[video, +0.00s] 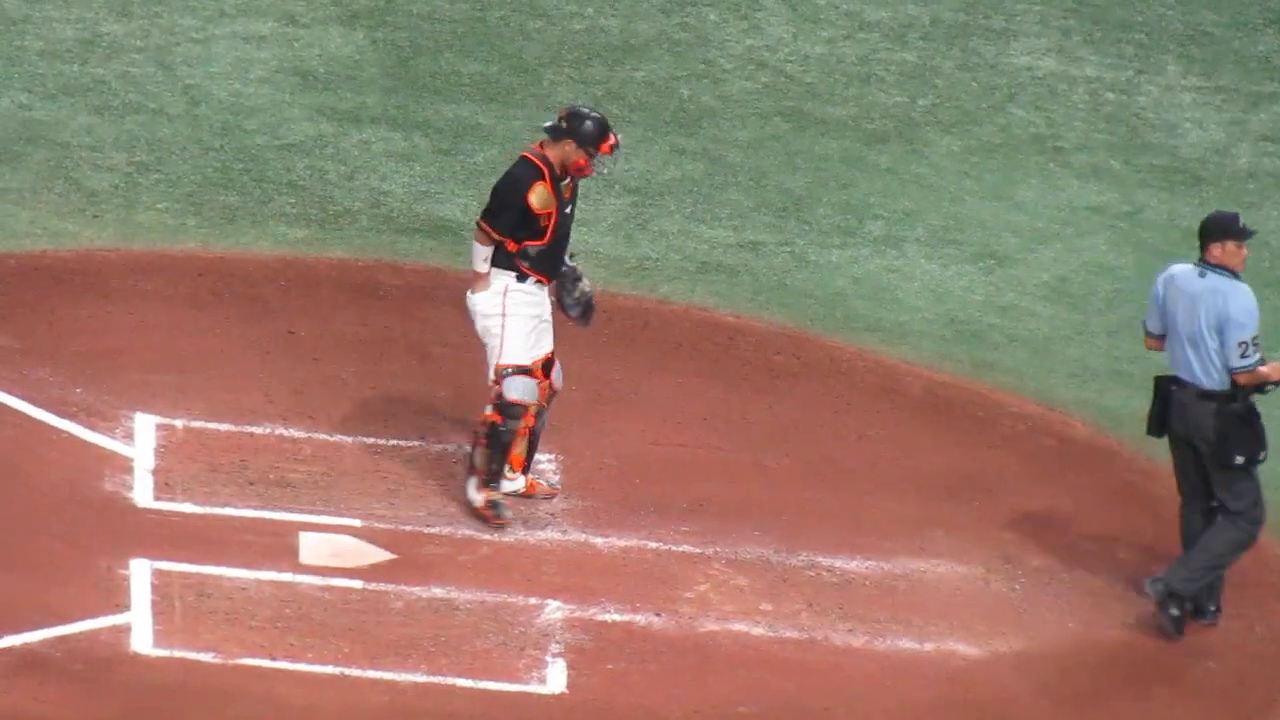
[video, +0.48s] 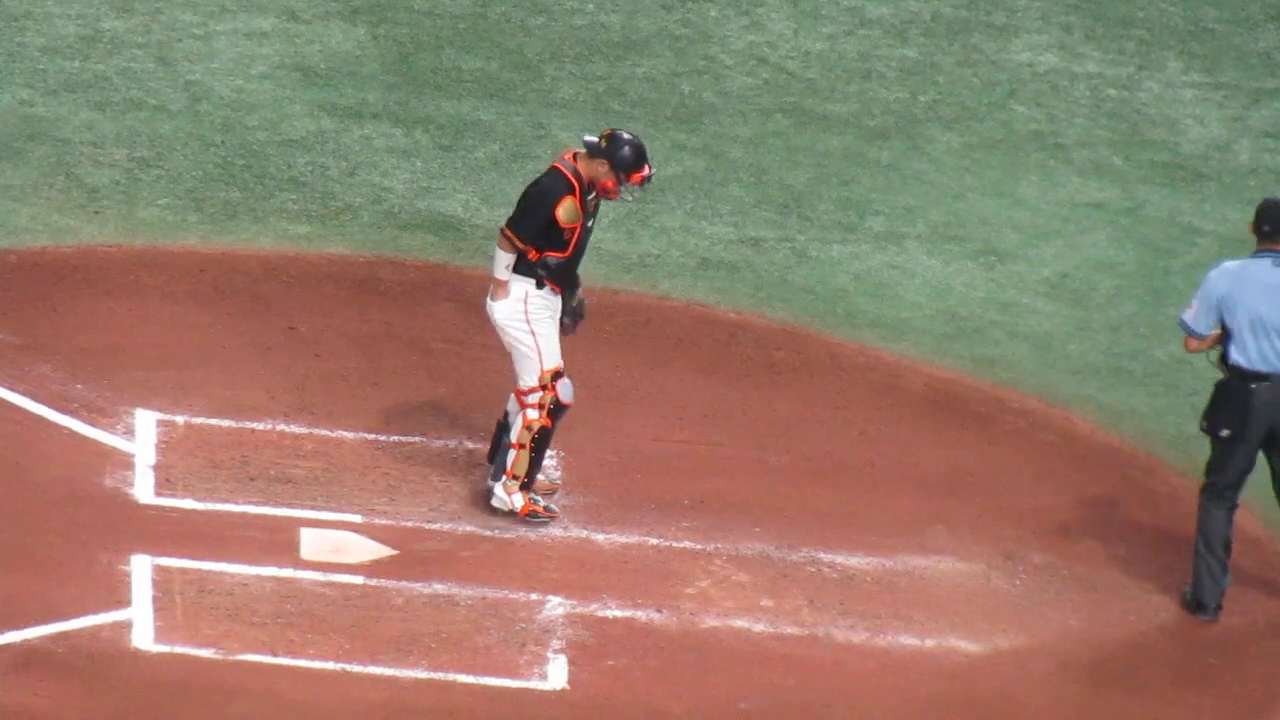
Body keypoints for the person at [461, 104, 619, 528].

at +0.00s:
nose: (589, 164)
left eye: (593, 157)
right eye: (588, 155)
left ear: (574, 146)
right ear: (569, 143)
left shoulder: (564, 175)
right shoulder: (525, 177)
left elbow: (546, 238)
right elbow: (485, 233)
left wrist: (566, 277)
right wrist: (479, 281)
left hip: (534, 293)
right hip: (505, 292)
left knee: (545, 382)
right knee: (516, 391)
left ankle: (513, 475)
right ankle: (482, 485)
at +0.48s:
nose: (617, 188)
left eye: (622, 183)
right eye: (618, 180)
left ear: (607, 164)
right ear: (603, 164)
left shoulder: (586, 184)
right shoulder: (554, 188)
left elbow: (560, 249)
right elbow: (510, 238)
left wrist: (571, 293)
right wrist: (498, 287)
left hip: (546, 293)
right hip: (523, 293)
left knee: (537, 387)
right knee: (549, 394)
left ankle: (508, 464)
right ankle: (510, 488)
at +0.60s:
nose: (621, 202)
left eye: (626, 197)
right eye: (622, 195)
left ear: (611, 175)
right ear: (607, 180)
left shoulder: (587, 180)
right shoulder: (557, 202)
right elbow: (514, 251)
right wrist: (502, 299)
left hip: (546, 306)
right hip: (528, 306)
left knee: (550, 398)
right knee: (533, 408)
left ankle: (507, 468)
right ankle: (509, 504)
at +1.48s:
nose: (626, 219)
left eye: (631, 214)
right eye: (625, 212)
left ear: (619, 192)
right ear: (611, 194)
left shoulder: (604, 195)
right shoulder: (563, 209)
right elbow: (519, 255)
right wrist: (505, 298)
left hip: (557, 310)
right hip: (531, 309)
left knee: (572, 396)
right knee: (534, 411)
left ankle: (536, 467)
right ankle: (505, 507)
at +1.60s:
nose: (625, 212)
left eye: (629, 206)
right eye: (623, 204)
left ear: (622, 190)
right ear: (605, 188)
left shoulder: (607, 199)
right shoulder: (559, 204)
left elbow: (585, 256)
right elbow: (516, 248)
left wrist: (585, 299)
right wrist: (504, 291)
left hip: (565, 306)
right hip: (530, 303)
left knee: (571, 394)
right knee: (537, 405)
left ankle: (536, 468)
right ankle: (507, 502)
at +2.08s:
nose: (595, 197)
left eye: (603, 189)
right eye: (588, 188)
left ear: (612, 182)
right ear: (568, 176)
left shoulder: (616, 199)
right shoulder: (527, 185)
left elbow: (628, 246)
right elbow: (490, 222)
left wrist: (642, 296)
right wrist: (482, 264)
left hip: (555, 293)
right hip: (508, 284)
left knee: (568, 381)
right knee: (515, 380)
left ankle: (533, 469)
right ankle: (480, 476)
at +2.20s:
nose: (575, 192)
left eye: (584, 185)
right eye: (568, 184)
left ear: (596, 176)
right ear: (551, 173)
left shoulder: (606, 189)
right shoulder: (515, 179)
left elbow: (621, 240)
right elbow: (481, 222)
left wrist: (634, 293)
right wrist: (478, 264)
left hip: (552, 294)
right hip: (501, 284)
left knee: (567, 383)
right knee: (486, 379)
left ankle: (527, 470)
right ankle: (433, 464)